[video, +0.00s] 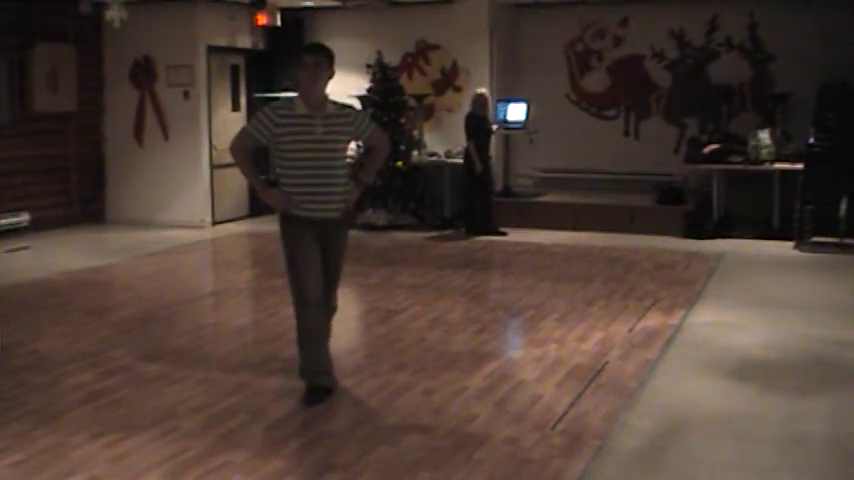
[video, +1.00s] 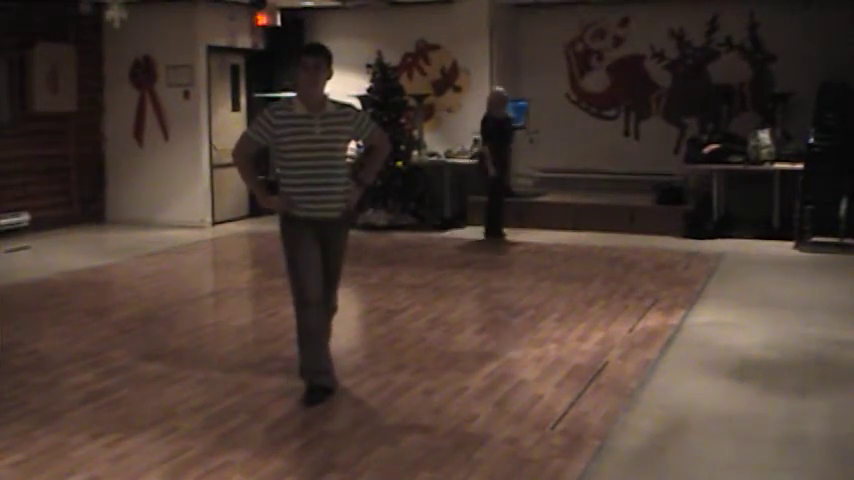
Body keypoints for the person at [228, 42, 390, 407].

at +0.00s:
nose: (311, 75)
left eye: (318, 68)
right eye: (305, 67)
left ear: (330, 74)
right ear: (296, 72)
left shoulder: (346, 115)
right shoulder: (278, 114)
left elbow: (382, 144)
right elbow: (238, 147)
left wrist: (360, 184)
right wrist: (265, 191)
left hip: (336, 217)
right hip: (297, 216)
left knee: (327, 297)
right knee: (309, 297)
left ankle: (314, 361)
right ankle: (318, 379)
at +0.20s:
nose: (311, 75)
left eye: (318, 68)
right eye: (305, 67)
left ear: (330, 74)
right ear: (296, 73)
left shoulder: (345, 115)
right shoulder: (277, 114)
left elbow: (382, 144)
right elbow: (238, 148)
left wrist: (360, 184)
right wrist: (264, 191)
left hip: (336, 217)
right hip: (297, 216)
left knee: (327, 297)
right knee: (309, 297)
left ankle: (314, 361)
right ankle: (318, 379)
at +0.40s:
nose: (311, 76)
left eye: (318, 69)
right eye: (305, 69)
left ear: (329, 74)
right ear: (296, 74)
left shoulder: (346, 115)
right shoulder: (278, 116)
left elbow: (382, 145)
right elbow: (240, 151)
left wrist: (359, 184)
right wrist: (264, 194)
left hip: (336, 217)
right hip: (297, 217)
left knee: (327, 297)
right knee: (309, 298)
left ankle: (315, 362)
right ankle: (318, 379)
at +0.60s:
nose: (310, 76)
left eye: (318, 69)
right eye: (305, 69)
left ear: (329, 74)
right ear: (296, 74)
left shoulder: (346, 115)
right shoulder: (278, 116)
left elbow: (382, 145)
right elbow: (240, 152)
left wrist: (359, 185)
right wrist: (262, 194)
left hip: (336, 218)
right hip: (297, 217)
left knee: (327, 297)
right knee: (309, 298)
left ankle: (315, 362)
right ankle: (318, 379)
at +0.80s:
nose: (310, 77)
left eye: (318, 70)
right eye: (305, 70)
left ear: (329, 75)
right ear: (295, 74)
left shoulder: (346, 115)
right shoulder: (277, 116)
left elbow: (382, 145)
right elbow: (241, 152)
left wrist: (359, 184)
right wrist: (261, 195)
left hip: (336, 218)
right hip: (297, 218)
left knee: (327, 297)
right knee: (310, 298)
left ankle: (315, 361)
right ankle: (318, 379)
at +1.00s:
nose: (310, 77)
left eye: (317, 70)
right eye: (305, 70)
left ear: (328, 75)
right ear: (295, 74)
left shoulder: (345, 115)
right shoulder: (277, 116)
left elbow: (382, 145)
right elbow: (240, 152)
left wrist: (360, 185)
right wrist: (261, 195)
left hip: (336, 218)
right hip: (297, 218)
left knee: (327, 297)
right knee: (310, 297)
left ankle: (315, 362)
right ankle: (318, 379)